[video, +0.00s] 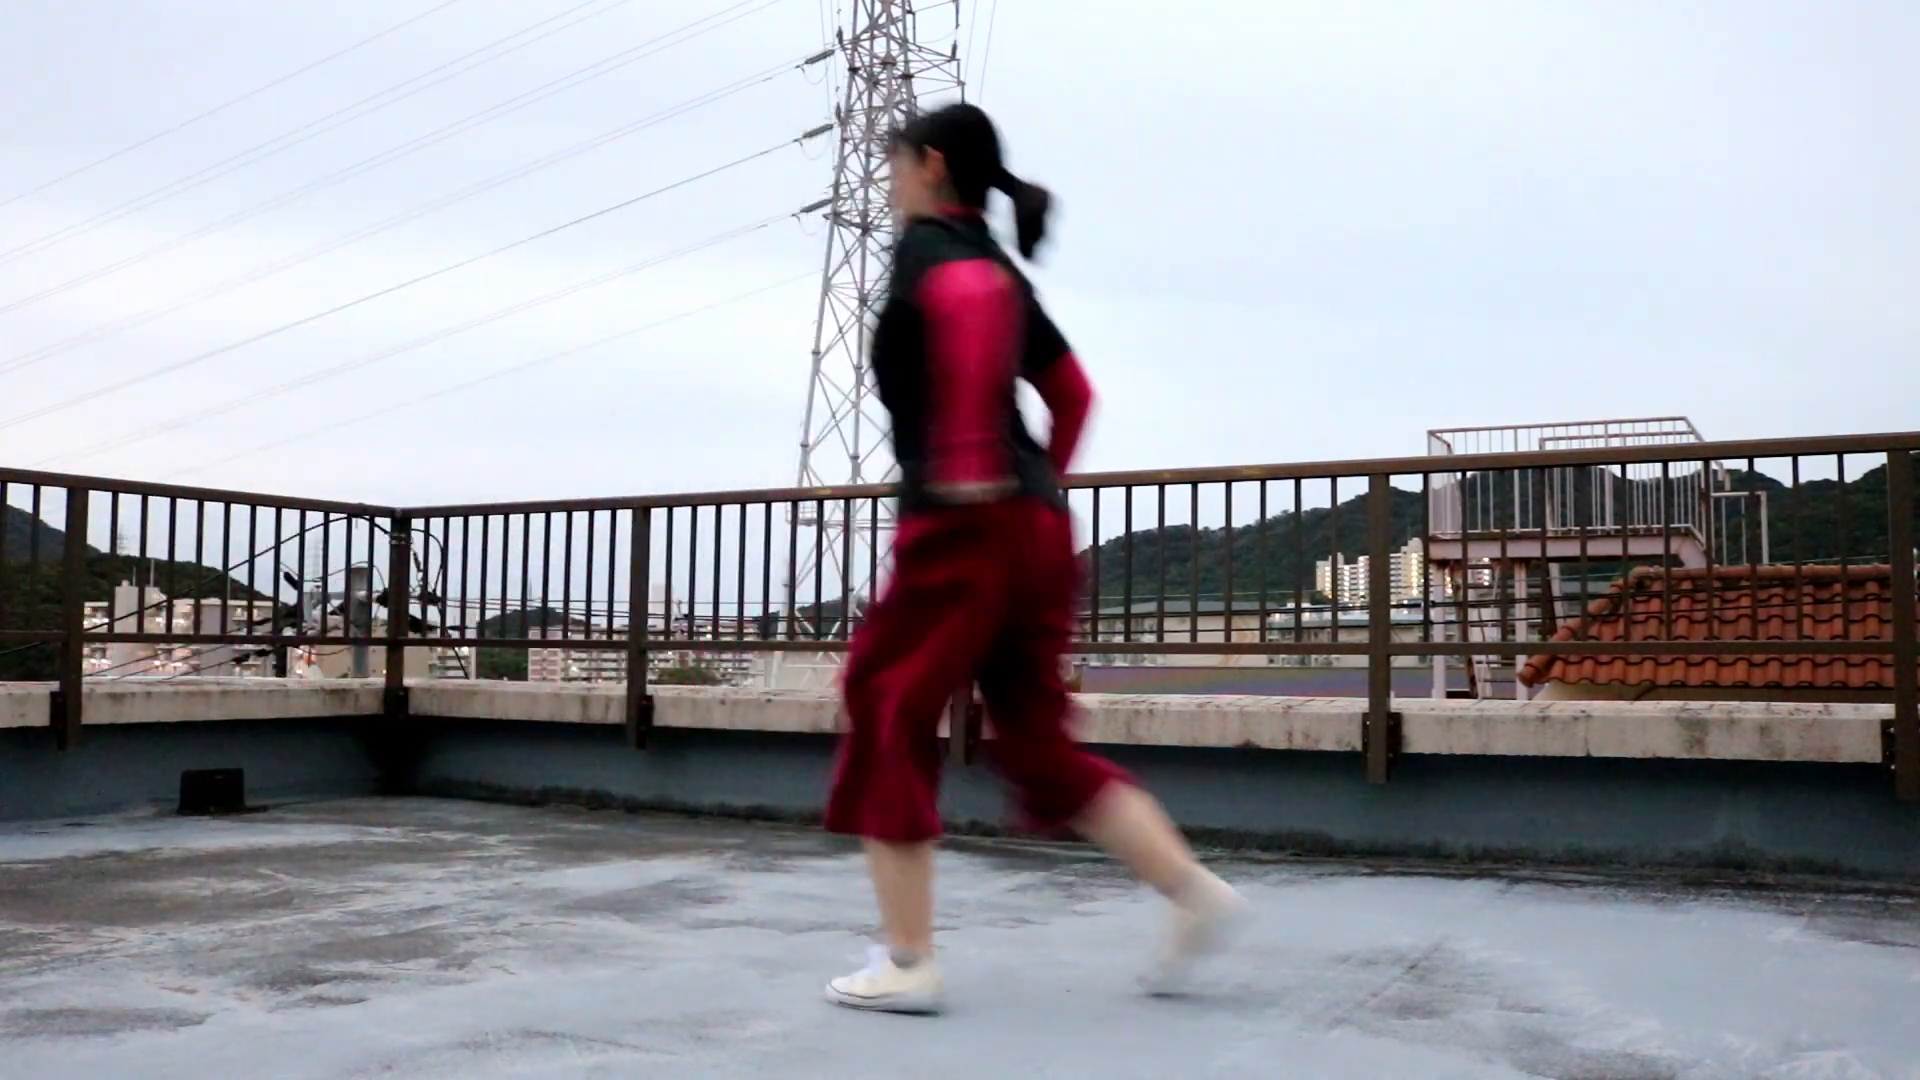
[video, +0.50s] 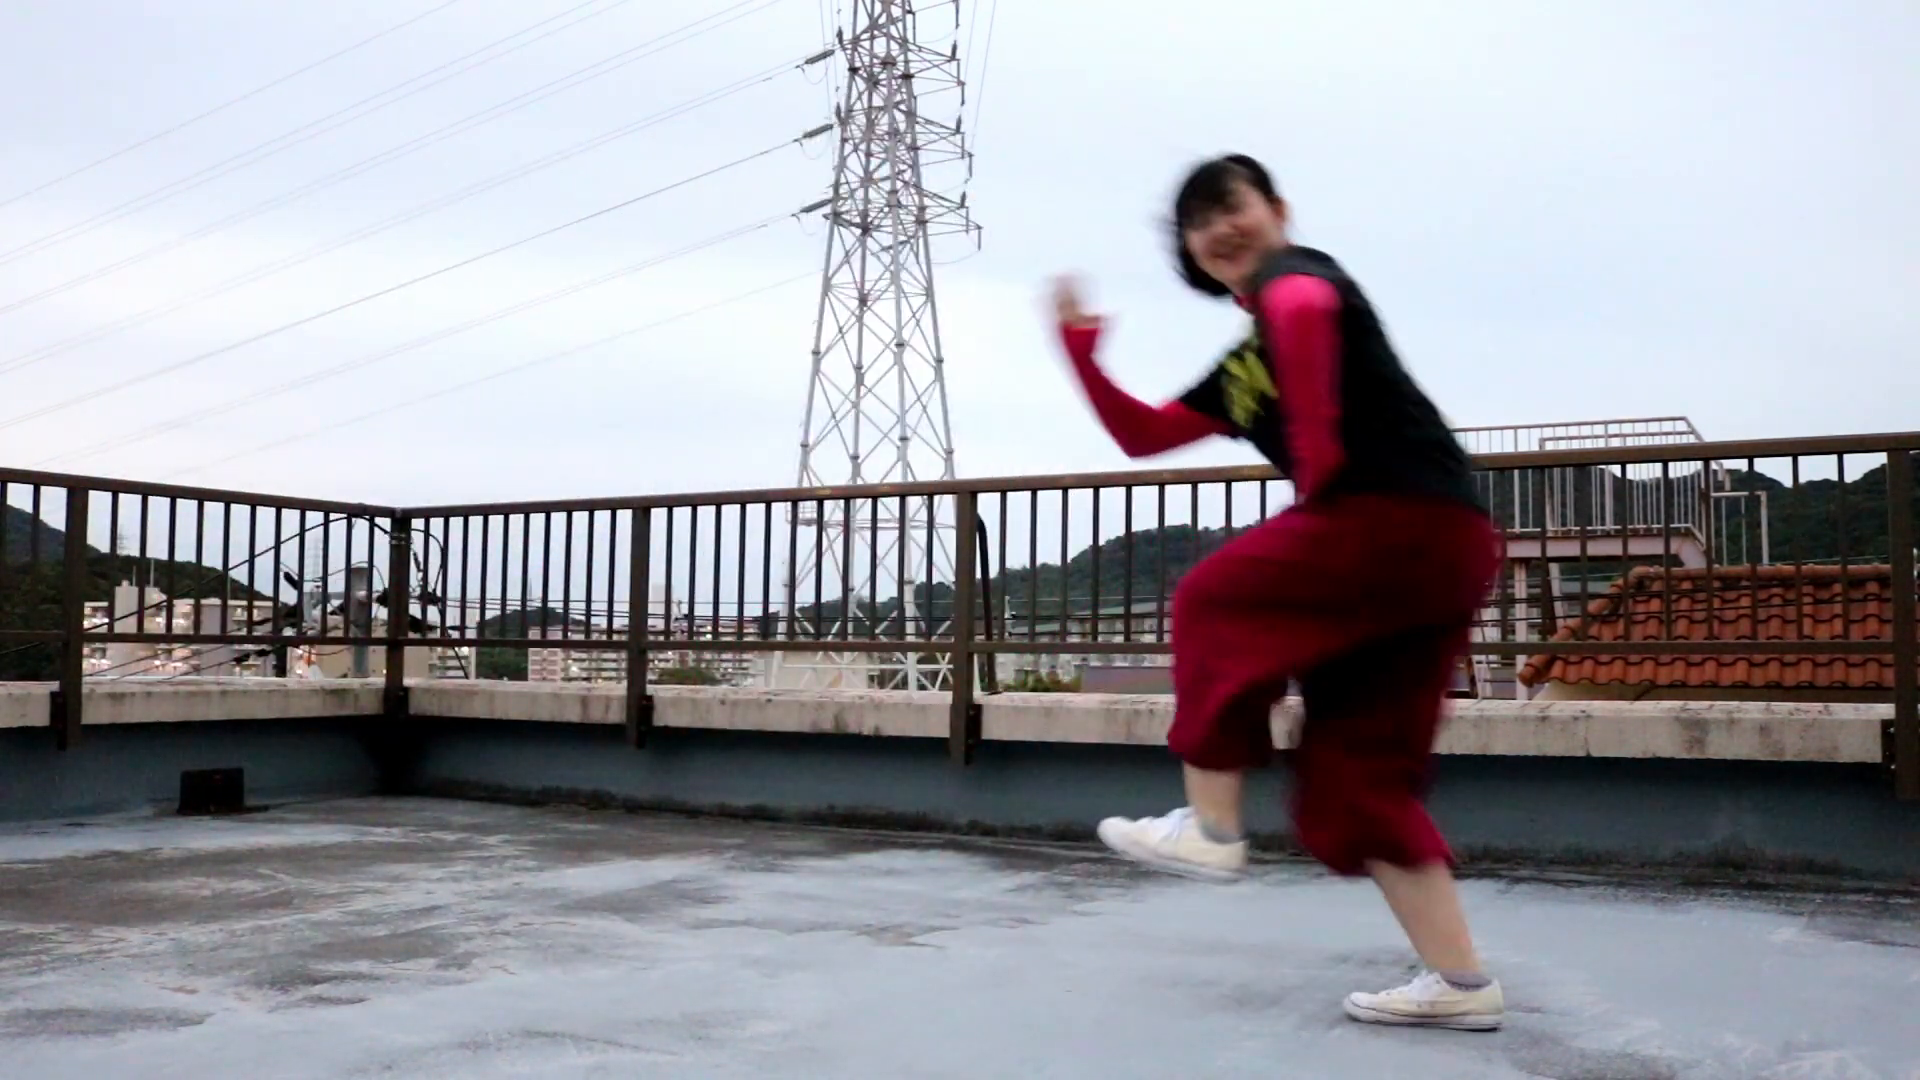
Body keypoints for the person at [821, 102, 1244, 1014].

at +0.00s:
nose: (889, 175)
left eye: (899, 161)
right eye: (895, 160)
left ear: (932, 169)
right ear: (962, 179)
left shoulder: (926, 249)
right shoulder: (998, 271)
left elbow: (975, 311)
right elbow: (1074, 394)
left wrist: (966, 462)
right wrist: (1042, 490)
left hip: (958, 531)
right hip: (1036, 531)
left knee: (884, 705)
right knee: (1034, 737)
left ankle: (909, 960)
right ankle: (1194, 890)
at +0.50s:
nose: (1219, 227)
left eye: (1231, 204)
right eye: (1199, 224)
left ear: (1279, 210)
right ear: (1195, 259)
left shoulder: (1298, 279)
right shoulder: (1252, 362)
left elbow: (1302, 319)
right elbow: (1143, 434)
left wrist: (1315, 483)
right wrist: (1079, 350)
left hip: (1399, 525)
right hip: (1434, 545)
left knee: (1209, 597)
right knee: (1355, 767)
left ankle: (1210, 827)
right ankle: (1460, 979)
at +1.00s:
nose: (1432, 184)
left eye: (1447, 162)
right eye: (1413, 177)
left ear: (1492, 163)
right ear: (1403, 199)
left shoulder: (1520, 243)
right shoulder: (1447, 286)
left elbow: (1579, 331)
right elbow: (1464, 427)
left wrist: (1524, 493)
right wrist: (1404, 518)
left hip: (1572, 533)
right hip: (1543, 540)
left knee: (1414, 697)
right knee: (1538, 744)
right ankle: (1574, 972)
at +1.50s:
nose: (1481, 157)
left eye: (1499, 135)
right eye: (1469, 151)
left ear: (1557, 143)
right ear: (1470, 180)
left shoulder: (1574, 226)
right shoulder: (1531, 258)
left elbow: (1573, 360)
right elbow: (1540, 406)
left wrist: (1480, 485)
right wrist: (1507, 530)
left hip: (1603, 531)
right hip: (1548, 540)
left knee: (1541, 724)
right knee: (1524, 728)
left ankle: (1716, 913)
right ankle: (1574, 973)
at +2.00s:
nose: (1426, 245)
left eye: (1432, 230)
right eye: (1430, 230)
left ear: (1463, 231)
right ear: (1502, 238)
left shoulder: (1438, 309)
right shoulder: (1530, 313)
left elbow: (1357, 447)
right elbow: (1538, 455)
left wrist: (1299, 555)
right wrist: (1493, 581)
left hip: (1534, 576)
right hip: (1574, 561)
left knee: (1591, 766)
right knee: (1456, 733)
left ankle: (1764, 949)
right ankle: (1470, 920)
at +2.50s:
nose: (1190, 253)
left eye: (1196, 237)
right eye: (1195, 238)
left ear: (1223, 240)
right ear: (1252, 245)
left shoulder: (1241, 325)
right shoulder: (1272, 321)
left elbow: (1289, 437)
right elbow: (1281, 445)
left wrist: (1337, 539)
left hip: (1267, 584)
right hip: (1325, 576)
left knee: (1187, 728)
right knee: (1370, 734)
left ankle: (1143, 909)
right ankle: (1452, 897)